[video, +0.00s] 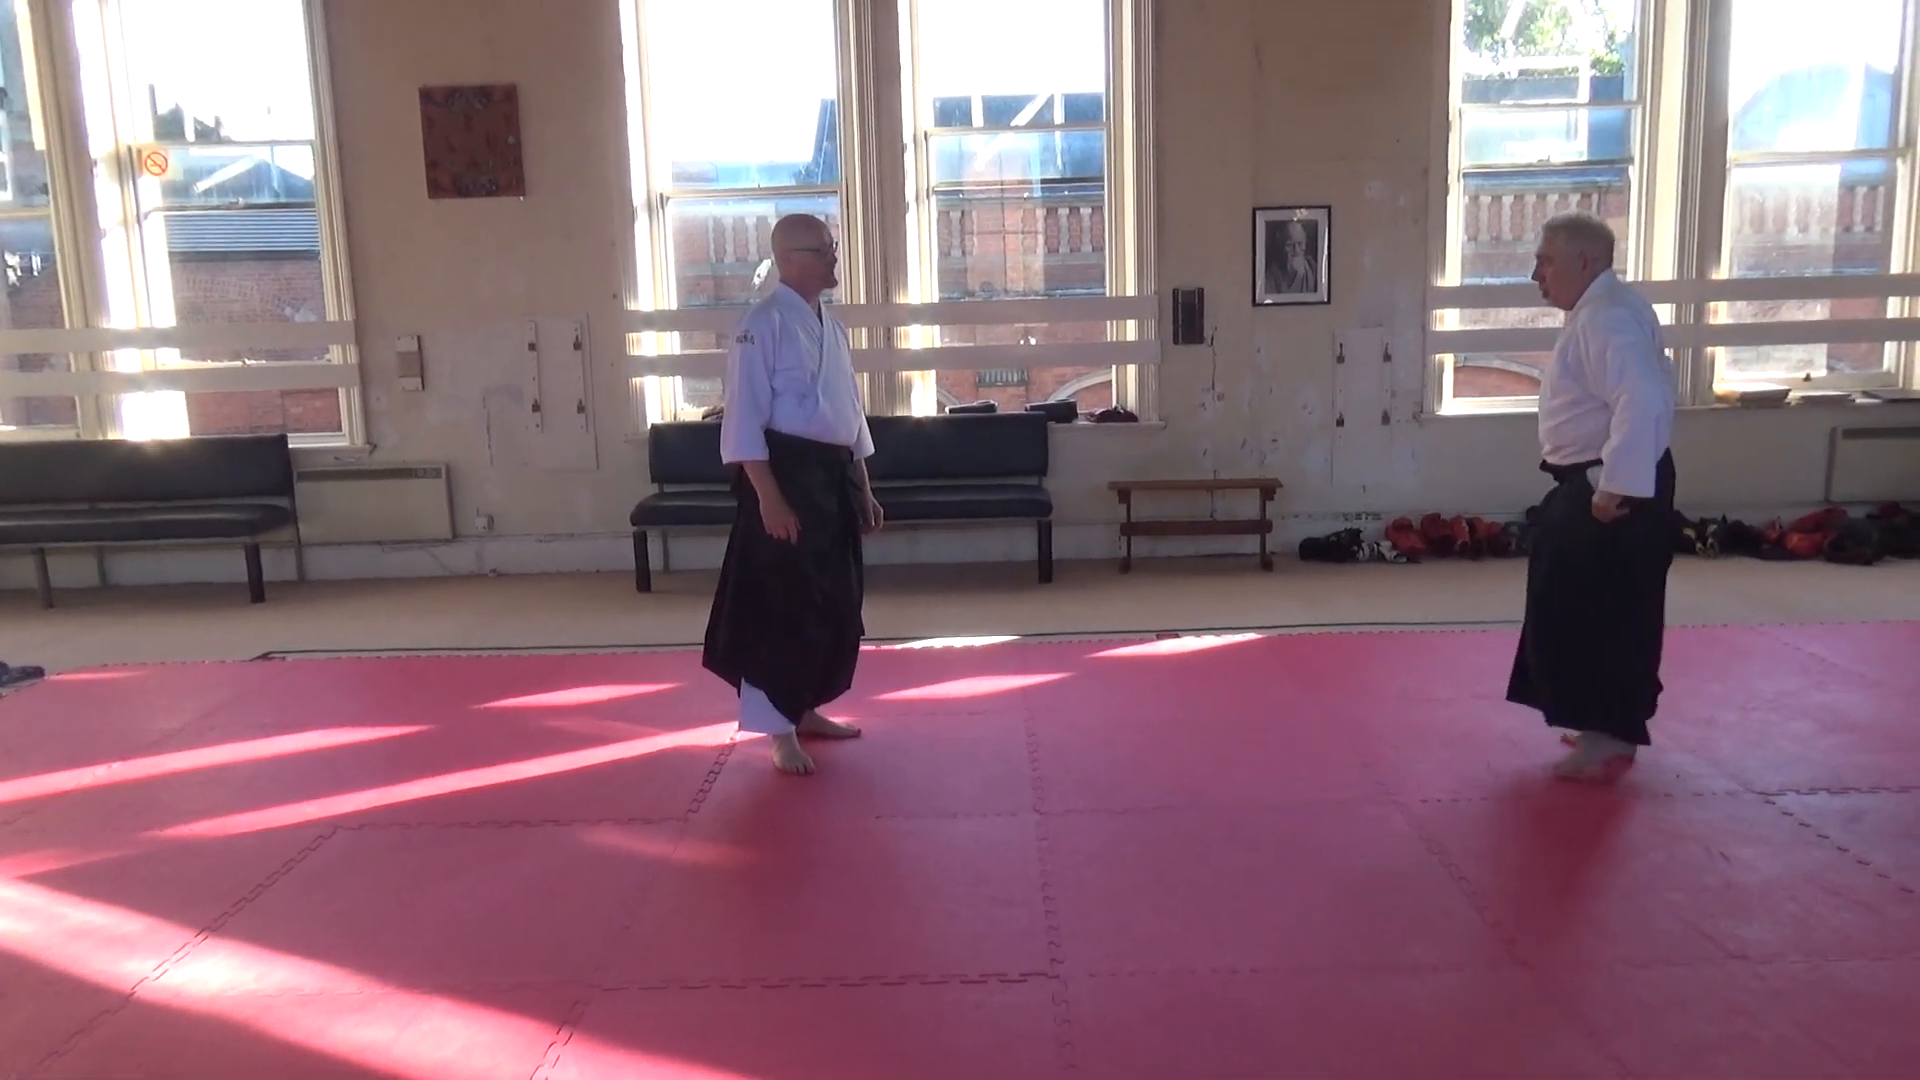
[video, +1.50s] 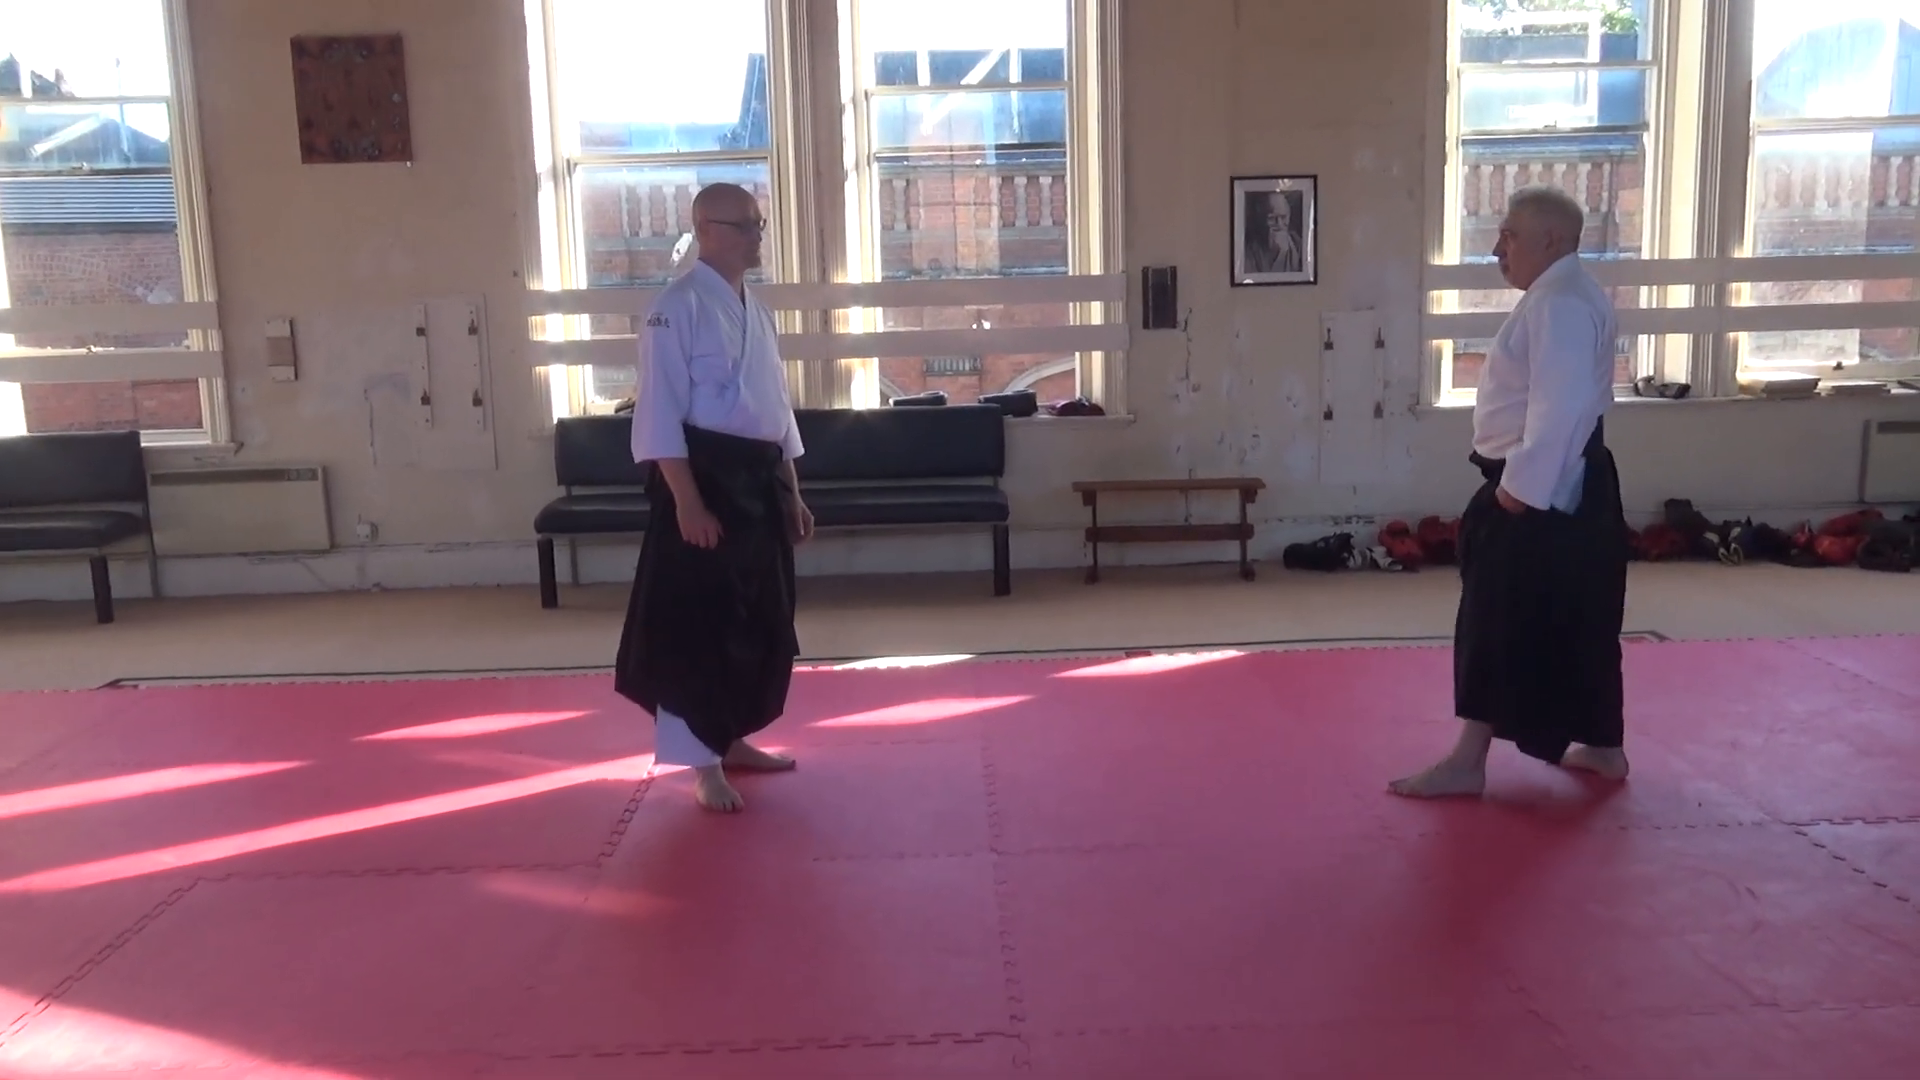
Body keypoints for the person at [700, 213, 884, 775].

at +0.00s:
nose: (834, 257)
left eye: (833, 248)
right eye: (821, 250)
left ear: (818, 257)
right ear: (786, 258)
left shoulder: (830, 322)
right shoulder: (762, 320)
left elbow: (848, 408)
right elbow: (743, 417)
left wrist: (863, 484)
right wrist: (768, 495)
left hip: (832, 470)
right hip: (781, 473)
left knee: (828, 594)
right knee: (781, 598)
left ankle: (805, 709)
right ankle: (780, 727)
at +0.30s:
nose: (834, 269)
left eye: (833, 259)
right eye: (822, 260)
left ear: (816, 268)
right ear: (786, 266)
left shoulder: (825, 332)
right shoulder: (758, 331)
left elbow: (844, 418)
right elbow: (740, 428)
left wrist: (858, 494)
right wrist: (763, 504)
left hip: (827, 481)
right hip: (776, 483)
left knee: (822, 603)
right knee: (775, 608)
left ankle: (799, 718)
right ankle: (775, 736)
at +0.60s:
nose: (820, 269)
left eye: (820, 260)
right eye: (807, 260)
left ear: (809, 268)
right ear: (772, 266)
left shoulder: (813, 333)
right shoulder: (744, 330)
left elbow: (831, 418)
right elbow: (725, 426)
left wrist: (845, 495)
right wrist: (749, 504)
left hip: (814, 481)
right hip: (763, 482)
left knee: (808, 603)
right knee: (761, 608)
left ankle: (786, 718)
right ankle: (762, 737)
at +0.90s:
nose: (801, 257)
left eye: (801, 247)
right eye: (789, 247)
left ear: (786, 254)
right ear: (752, 251)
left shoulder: (794, 321)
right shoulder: (724, 317)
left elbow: (811, 407)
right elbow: (705, 410)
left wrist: (826, 485)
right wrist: (728, 488)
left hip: (795, 471)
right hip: (744, 472)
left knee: (791, 594)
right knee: (740, 600)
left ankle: (769, 711)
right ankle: (744, 731)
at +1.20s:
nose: (778, 230)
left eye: (777, 220)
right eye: (765, 220)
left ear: (755, 228)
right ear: (725, 225)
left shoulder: (770, 300)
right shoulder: (693, 297)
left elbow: (790, 393)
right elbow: (675, 401)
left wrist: (805, 478)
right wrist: (702, 486)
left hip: (773, 464)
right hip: (716, 466)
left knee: (767, 597)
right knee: (714, 603)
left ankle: (746, 724)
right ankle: (719, 745)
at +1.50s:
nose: (757, 235)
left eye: (758, 225)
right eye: (743, 225)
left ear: (751, 231)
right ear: (704, 228)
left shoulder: (755, 307)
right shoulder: (676, 302)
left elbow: (775, 402)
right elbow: (658, 410)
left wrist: (791, 487)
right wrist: (686, 499)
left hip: (758, 472)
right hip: (699, 474)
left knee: (752, 608)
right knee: (698, 615)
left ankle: (731, 739)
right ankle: (704, 761)